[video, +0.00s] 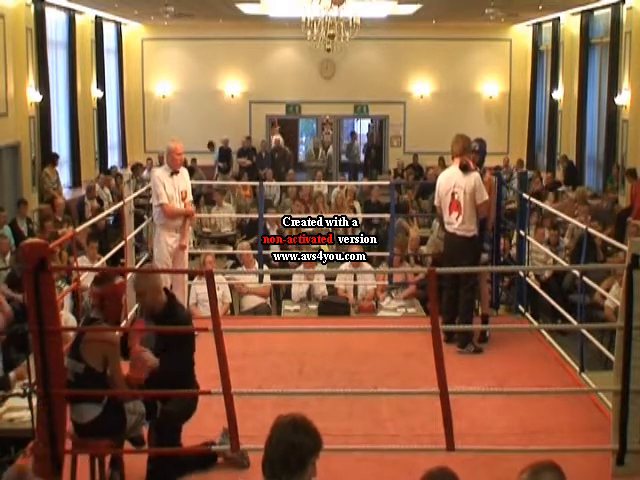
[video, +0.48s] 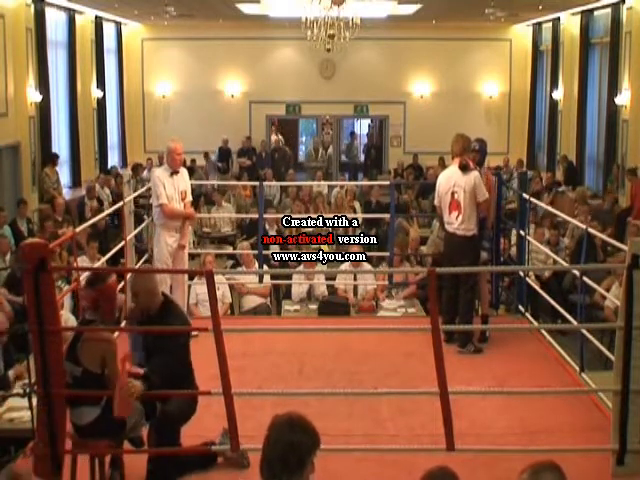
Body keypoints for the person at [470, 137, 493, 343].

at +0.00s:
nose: (473, 157)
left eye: (477, 153)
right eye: (471, 152)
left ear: (483, 155)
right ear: (467, 153)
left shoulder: (489, 179)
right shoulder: (463, 176)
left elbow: (491, 207)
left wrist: (491, 228)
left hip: (484, 232)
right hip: (466, 231)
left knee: (484, 276)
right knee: (466, 278)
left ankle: (484, 321)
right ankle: (463, 321)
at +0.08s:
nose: (473, 157)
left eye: (477, 153)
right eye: (471, 152)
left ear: (483, 155)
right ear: (467, 153)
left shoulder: (489, 179)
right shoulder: (463, 176)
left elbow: (491, 207)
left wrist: (491, 227)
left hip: (484, 231)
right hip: (466, 231)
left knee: (484, 276)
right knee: (466, 277)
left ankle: (484, 321)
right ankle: (463, 321)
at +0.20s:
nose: (473, 158)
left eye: (477, 153)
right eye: (471, 153)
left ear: (483, 156)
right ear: (467, 153)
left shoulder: (489, 179)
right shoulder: (462, 176)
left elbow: (491, 207)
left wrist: (491, 228)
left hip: (484, 231)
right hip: (466, 231)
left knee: (484, 276)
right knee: (466, 278)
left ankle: (484, 321)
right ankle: (462, 321)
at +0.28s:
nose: (473, 157)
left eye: (477, 153)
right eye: (472, 152)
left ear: (483, 156)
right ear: (467, 153)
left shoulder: (489, 179)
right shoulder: (462, 176)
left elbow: (492, 207)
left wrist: (491, 227)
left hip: (484, 231)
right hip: (465, 231)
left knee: (484, 276)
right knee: (465, 277)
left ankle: (484, 321)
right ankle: (462, 321)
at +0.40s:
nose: (474, 157)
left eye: (477, 153)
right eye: (472, 152)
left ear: (484, 155)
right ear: (467, 153)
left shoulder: (489, 179)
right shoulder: (462, 176)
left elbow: (492, 205)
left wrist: (491, 227)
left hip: (483, 230)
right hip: (465, 230)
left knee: (484, 275)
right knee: (465, 277)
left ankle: (484, 321)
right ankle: (461, 321)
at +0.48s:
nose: (473, 157)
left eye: (477, 153)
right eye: (472, 152)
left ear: (483, 156)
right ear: (467, 153)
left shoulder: (489, 179)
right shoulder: (461, 176)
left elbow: (492, 206)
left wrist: (490, 226)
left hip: (483, 230)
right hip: (464, 230)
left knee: (483, 276)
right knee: (464, 277)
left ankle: (484, 321)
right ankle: (461, 321)